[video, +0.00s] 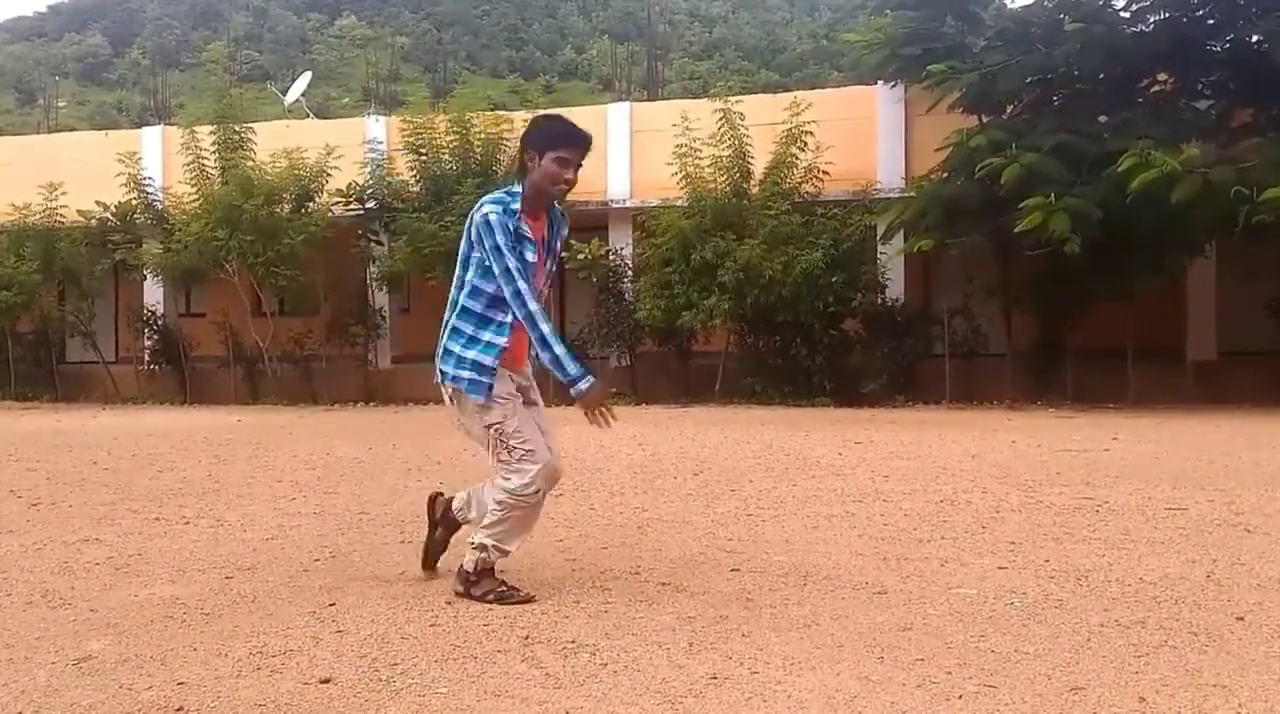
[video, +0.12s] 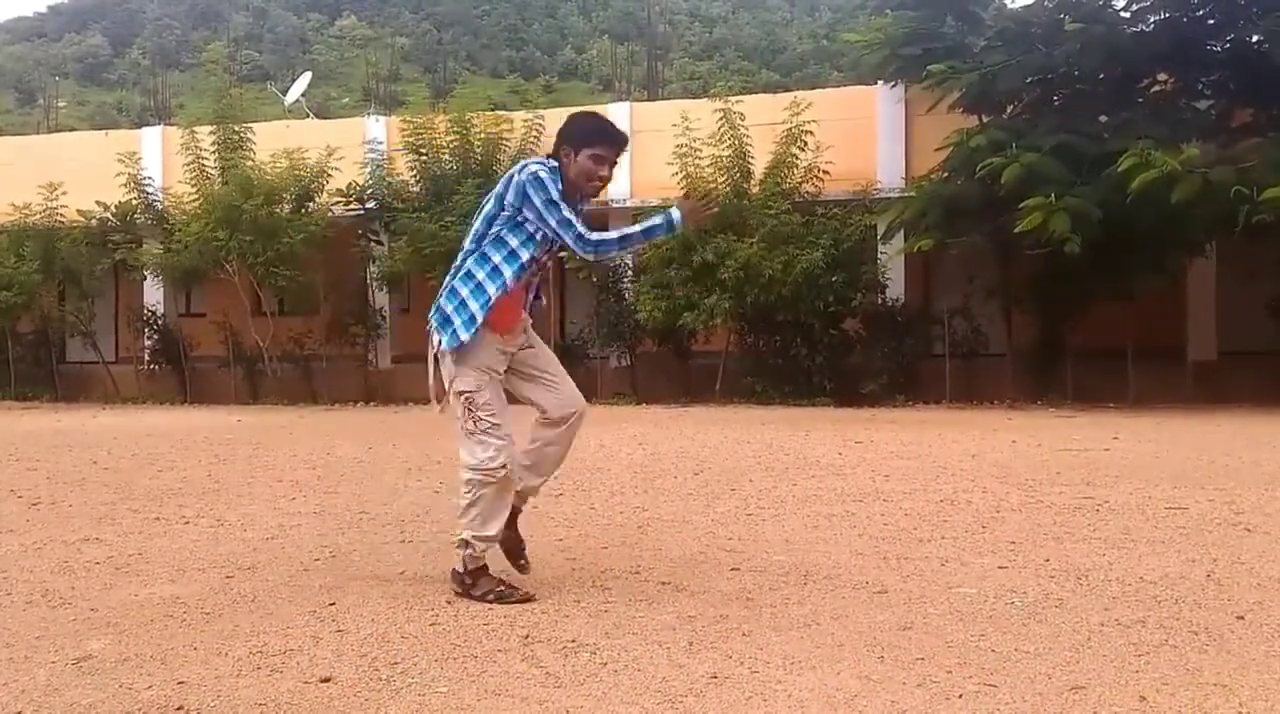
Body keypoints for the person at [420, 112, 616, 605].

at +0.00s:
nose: (570, 175)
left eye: (576, 165)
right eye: (561, 163)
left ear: (578, 168)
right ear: (530, 159)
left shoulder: (555, 222)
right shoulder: (494, 215)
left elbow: (528, 304)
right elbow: (526, 305)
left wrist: (524, 367)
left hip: (515, 365)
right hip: (474, 365)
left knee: (545, 469)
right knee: (528, 470)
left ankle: (453, 510)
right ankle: (476, 570)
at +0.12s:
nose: (604, 173)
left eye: (610, 164)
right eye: (596, 159)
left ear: (609, 166)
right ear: (565, 153)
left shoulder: (562, 197)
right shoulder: (532, 177)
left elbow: (513, 265)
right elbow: (586, 244)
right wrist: (672, 220)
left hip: (514, 328)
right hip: (470, 326)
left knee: (566, 408)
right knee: (491, 455)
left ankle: (506, 508)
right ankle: (471, 568)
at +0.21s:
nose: (625, 149)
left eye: (631, 142)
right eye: (618, 135)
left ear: (627, 143)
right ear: (587, 126)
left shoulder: (583, 170)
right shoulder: (554, 145)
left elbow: (507, 232)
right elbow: (605, 202)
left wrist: (447, 294)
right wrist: (662, 145)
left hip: (520, 302)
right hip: (475, 299)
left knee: (567, 396)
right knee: (456, 430)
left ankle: (542, 520)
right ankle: (433, 552)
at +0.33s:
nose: (630, 129)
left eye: (634, 121)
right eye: (625, 118)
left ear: (623, 116)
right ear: (600, 107)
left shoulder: (599, 151)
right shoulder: (565, 135)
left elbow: (593, 213)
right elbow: (599, 201)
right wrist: (641, 135)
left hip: (552, 314)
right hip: (505, 307)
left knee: (578, 432)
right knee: (444, 425)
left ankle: (554, 553)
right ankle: (358, 510)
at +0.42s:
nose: (624, 129)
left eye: (631, 121)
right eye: (615, 117)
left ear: (634, 126)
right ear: (588, 116)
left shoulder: (603, 167)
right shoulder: (566, 156)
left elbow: (569, 239)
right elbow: (583, 224)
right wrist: (629, 163)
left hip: (569, 334)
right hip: (524, 327)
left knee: (593, 444)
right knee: (453, 433)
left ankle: (551, 560)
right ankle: (346, 496)